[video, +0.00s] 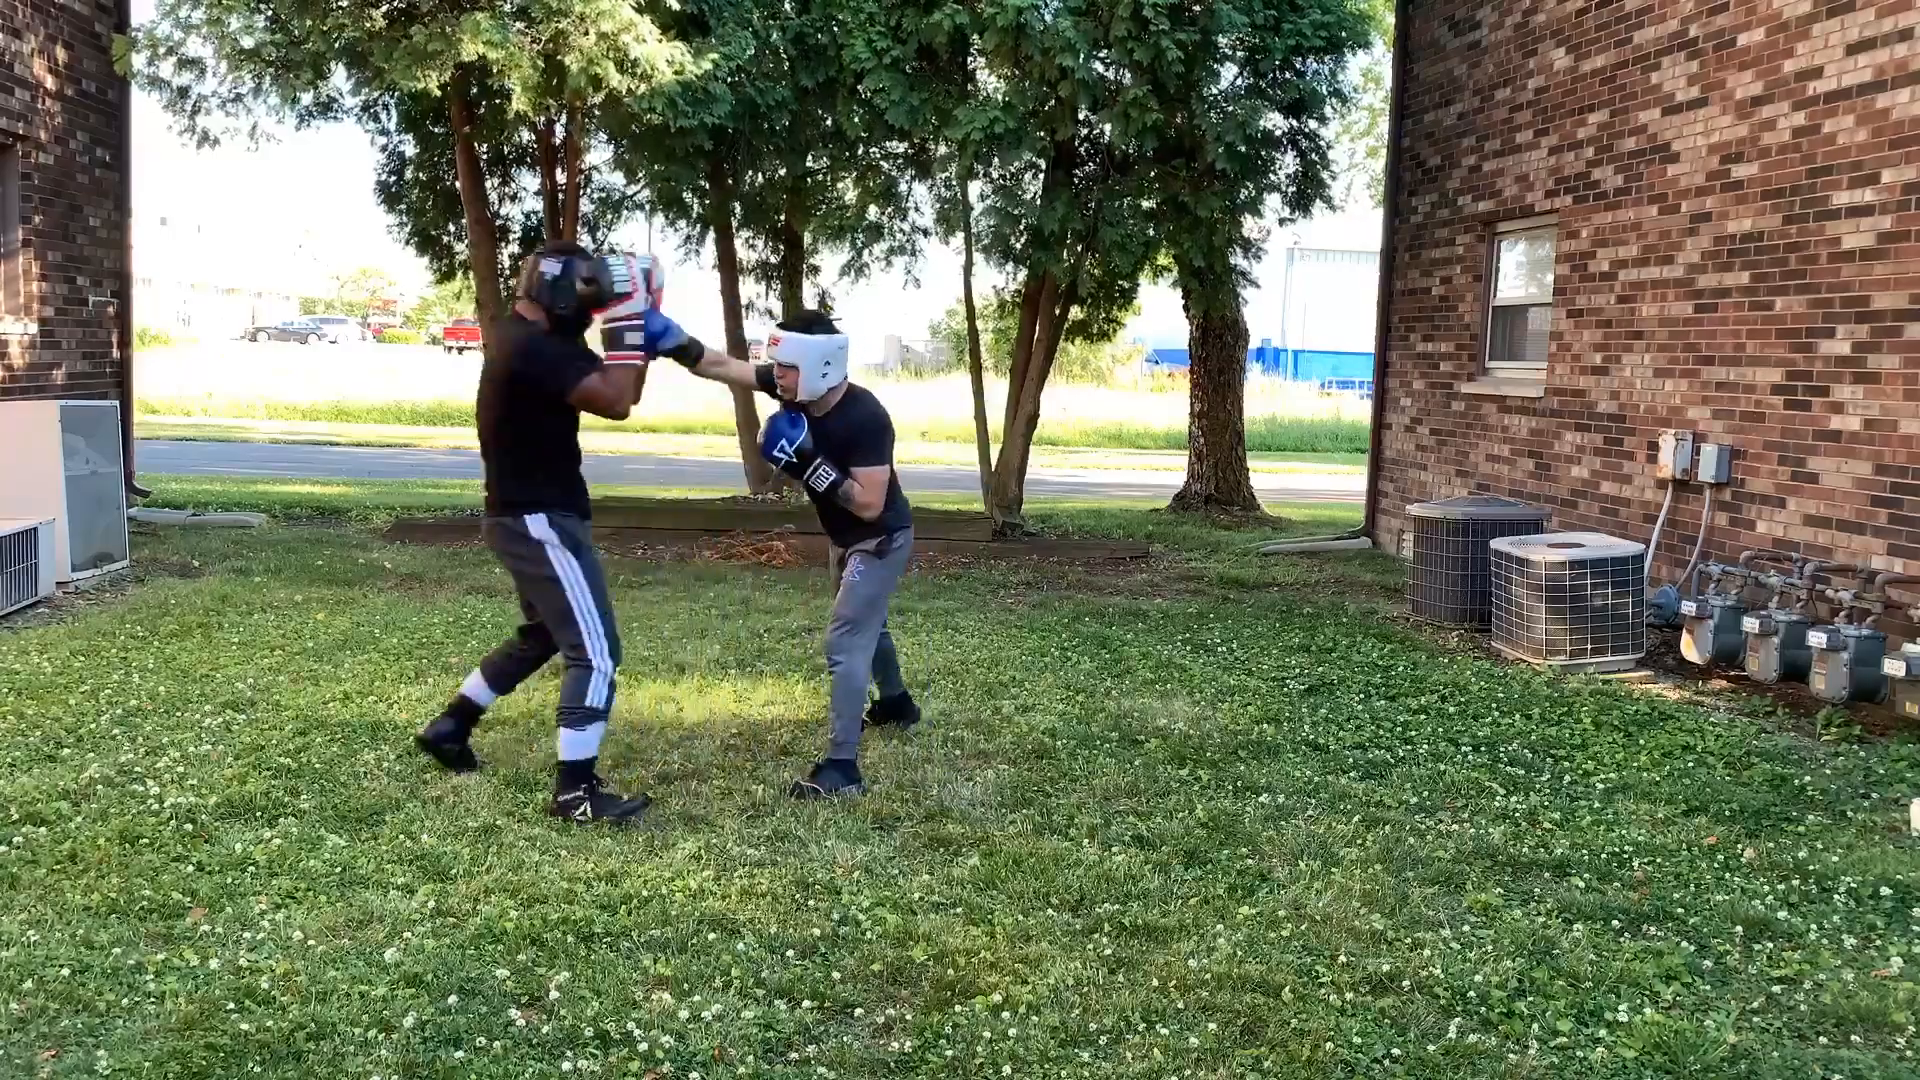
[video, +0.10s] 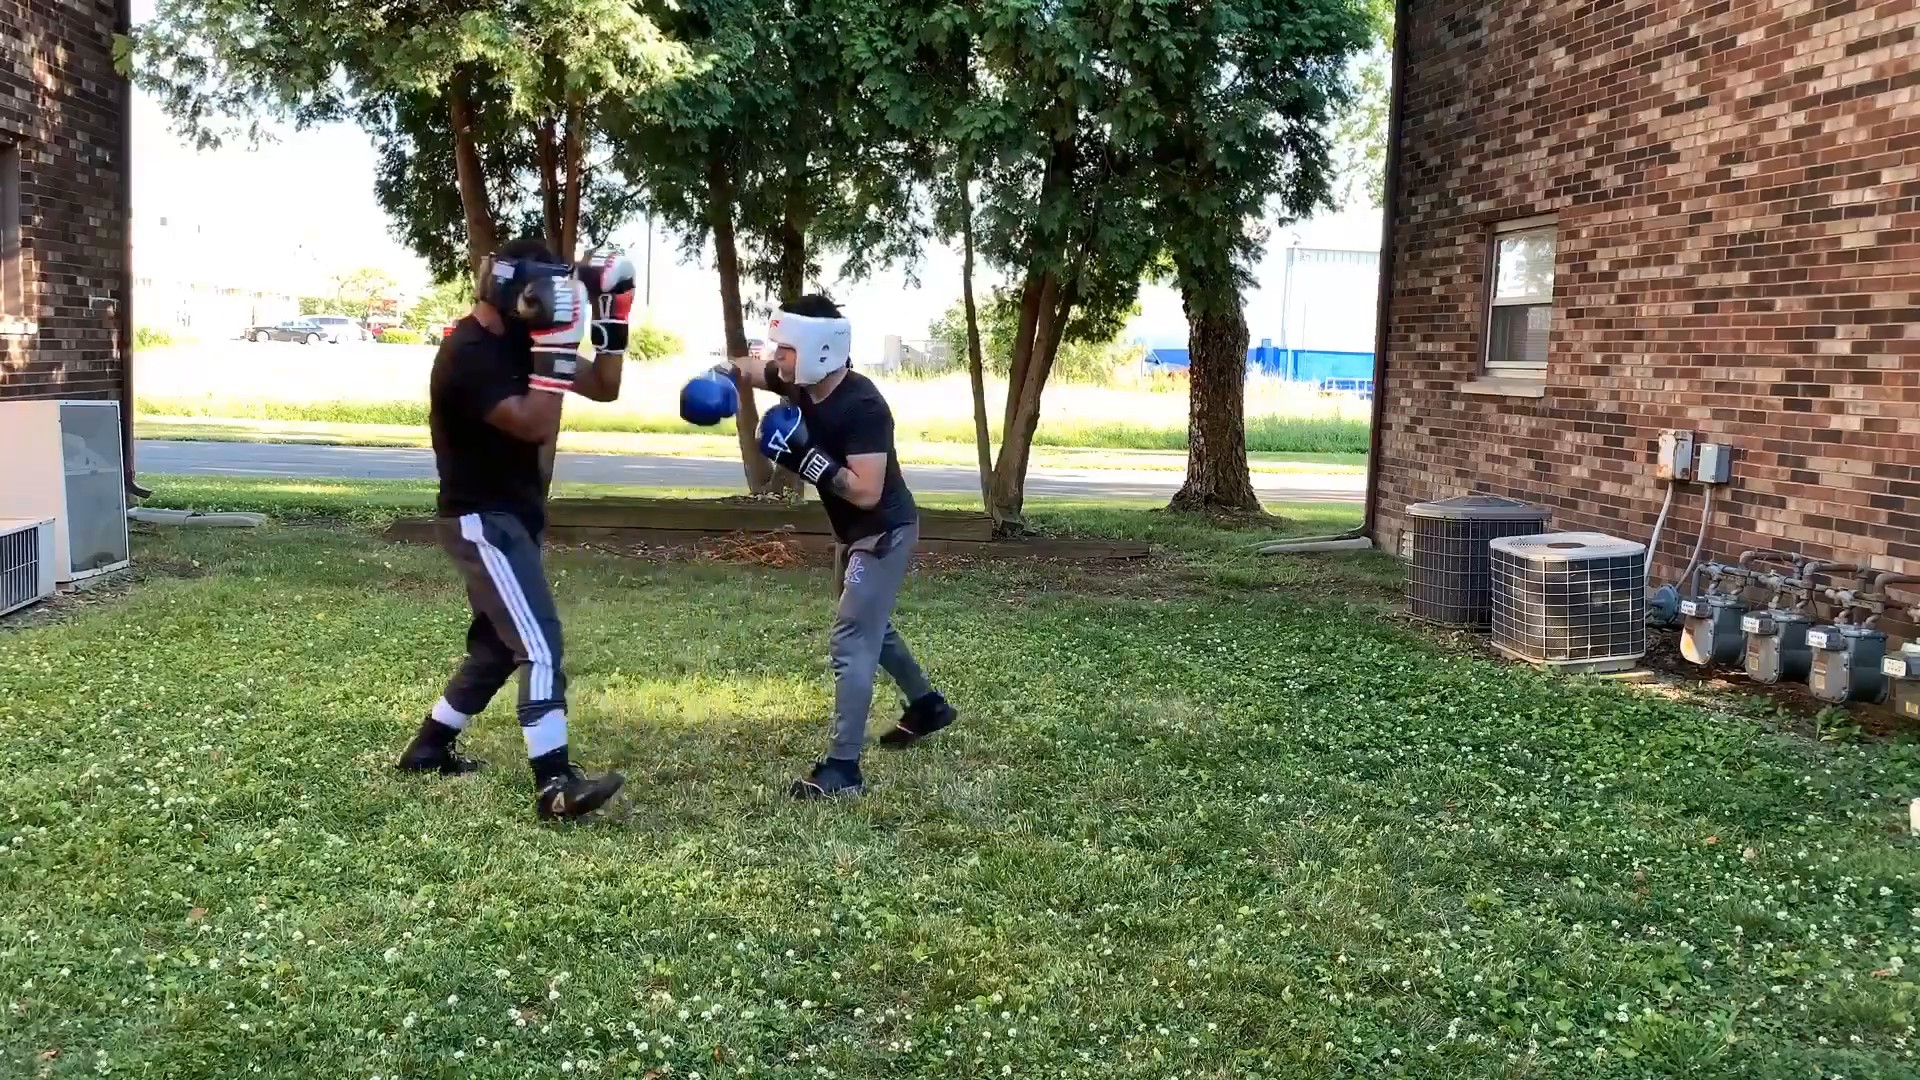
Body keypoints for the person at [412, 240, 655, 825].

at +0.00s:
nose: (589, 312)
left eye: (591, 299)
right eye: (586, 299)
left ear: (537, 294)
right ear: (567, 300)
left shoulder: (515, 341)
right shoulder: (538, 349)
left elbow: (610, 389)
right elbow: (618, 399)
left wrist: (635, 314)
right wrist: (627, 318)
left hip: (520, 516)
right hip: (540, 519)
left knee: (544, 634)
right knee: (597, 651)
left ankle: (450, 726)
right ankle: (576, 786)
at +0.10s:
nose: (547, 305)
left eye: (549, 296)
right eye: (540, 294)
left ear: (527, 297)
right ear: (511, 291)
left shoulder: (517, 341)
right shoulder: (466, 353)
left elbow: (603, 387)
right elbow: (537, 425)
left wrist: (611, 320)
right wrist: (550, 350)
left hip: (516, 517)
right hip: (479, 519)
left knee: (497, 644)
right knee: (540, 641)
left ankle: (429, 749)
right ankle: (554, 779)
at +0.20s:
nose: (514, 308)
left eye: (517, 297)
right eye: (507, 297)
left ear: (470, 285)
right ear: (476, 288)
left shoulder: (491, 339)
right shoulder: (415, 349)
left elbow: (553, 405)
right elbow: (459, 435)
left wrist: (570, 338)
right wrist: (509, 371)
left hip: (487, 508)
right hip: (435, 507)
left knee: (488, 632)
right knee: (487, 629)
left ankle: (427, 743)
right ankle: (455, 767)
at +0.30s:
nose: (483, 295)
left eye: (486, 284)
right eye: (476, 283)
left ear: (453, 277)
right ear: (443, 276)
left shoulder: (458, 329)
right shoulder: (379, 336)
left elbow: (477, 409)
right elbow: (393, 431)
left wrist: (525, 356)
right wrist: (465, 391)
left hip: (460, 507)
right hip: (405, 507)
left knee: (466, 636)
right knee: (412, 646)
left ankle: (424, 748)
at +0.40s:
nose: (452, 299)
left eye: (455, 287)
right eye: (445, 287)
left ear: (416, 282)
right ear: (410, 280)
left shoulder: (427, 336)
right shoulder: (349, 341)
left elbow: (440, 398)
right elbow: (350, 436)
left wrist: (472, 379)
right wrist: (430, 403)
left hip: (424, 514)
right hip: (363, 517)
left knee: (458, 632)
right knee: (327, 655)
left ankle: (422, 748)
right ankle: (243, 770)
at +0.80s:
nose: (425, 310)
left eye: (431, 300)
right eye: (423, 298)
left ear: (390, 281)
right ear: (395, 285)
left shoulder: (390, 331)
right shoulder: (329, 332)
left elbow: (387, 413)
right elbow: (365, 425)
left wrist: (452, 379)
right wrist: (440, 377)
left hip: (393, 508)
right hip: (327, 515)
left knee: (460, 620)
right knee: (302, 646)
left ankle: (477, 731)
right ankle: (234, 771)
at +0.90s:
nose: (438, 349)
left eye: (444, 341)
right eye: (437, 338)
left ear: (416, 316)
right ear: (413, 318)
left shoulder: (408, 344)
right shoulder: (354, 345)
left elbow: (438, 434)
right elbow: (415, 433)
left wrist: (482, 364)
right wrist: (469, 370)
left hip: (400, 515)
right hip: (339, 523)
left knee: (474, 627)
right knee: (317, 659)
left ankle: (512, 734)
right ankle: (237, 772)